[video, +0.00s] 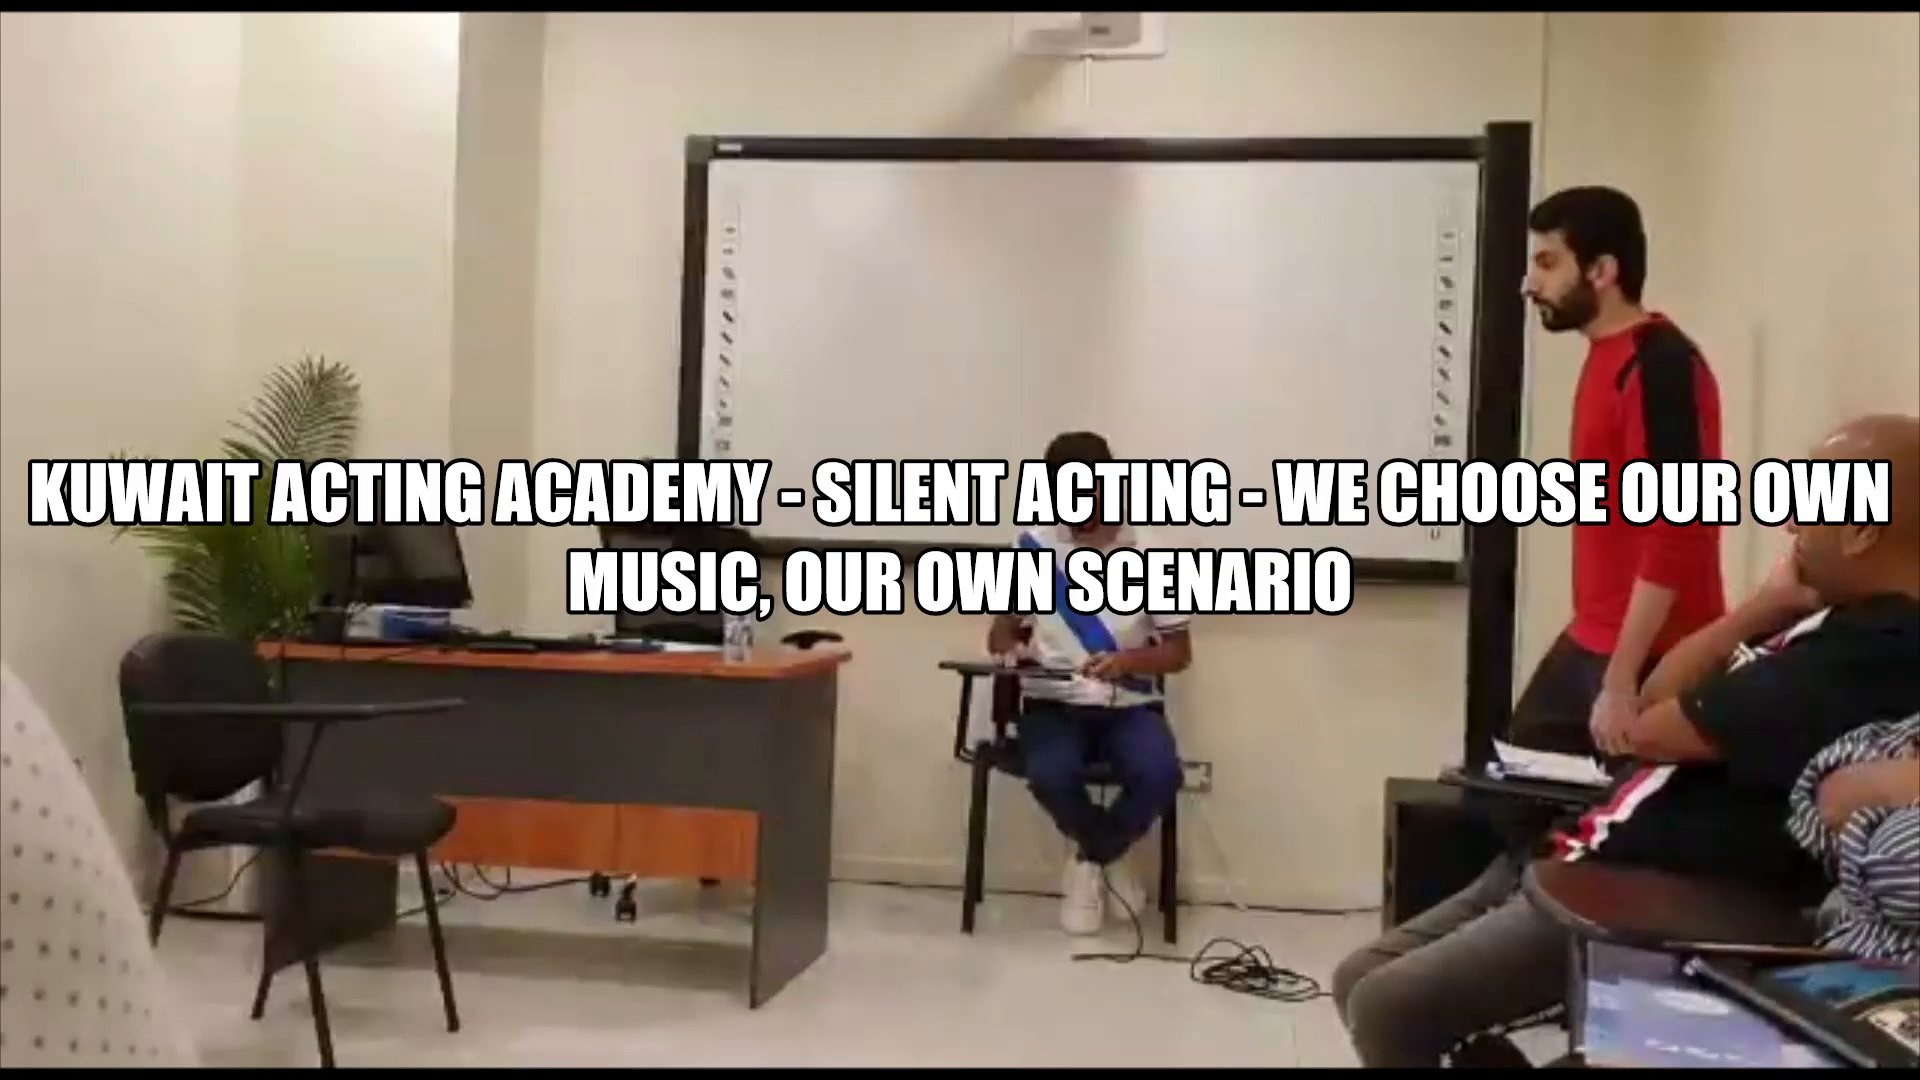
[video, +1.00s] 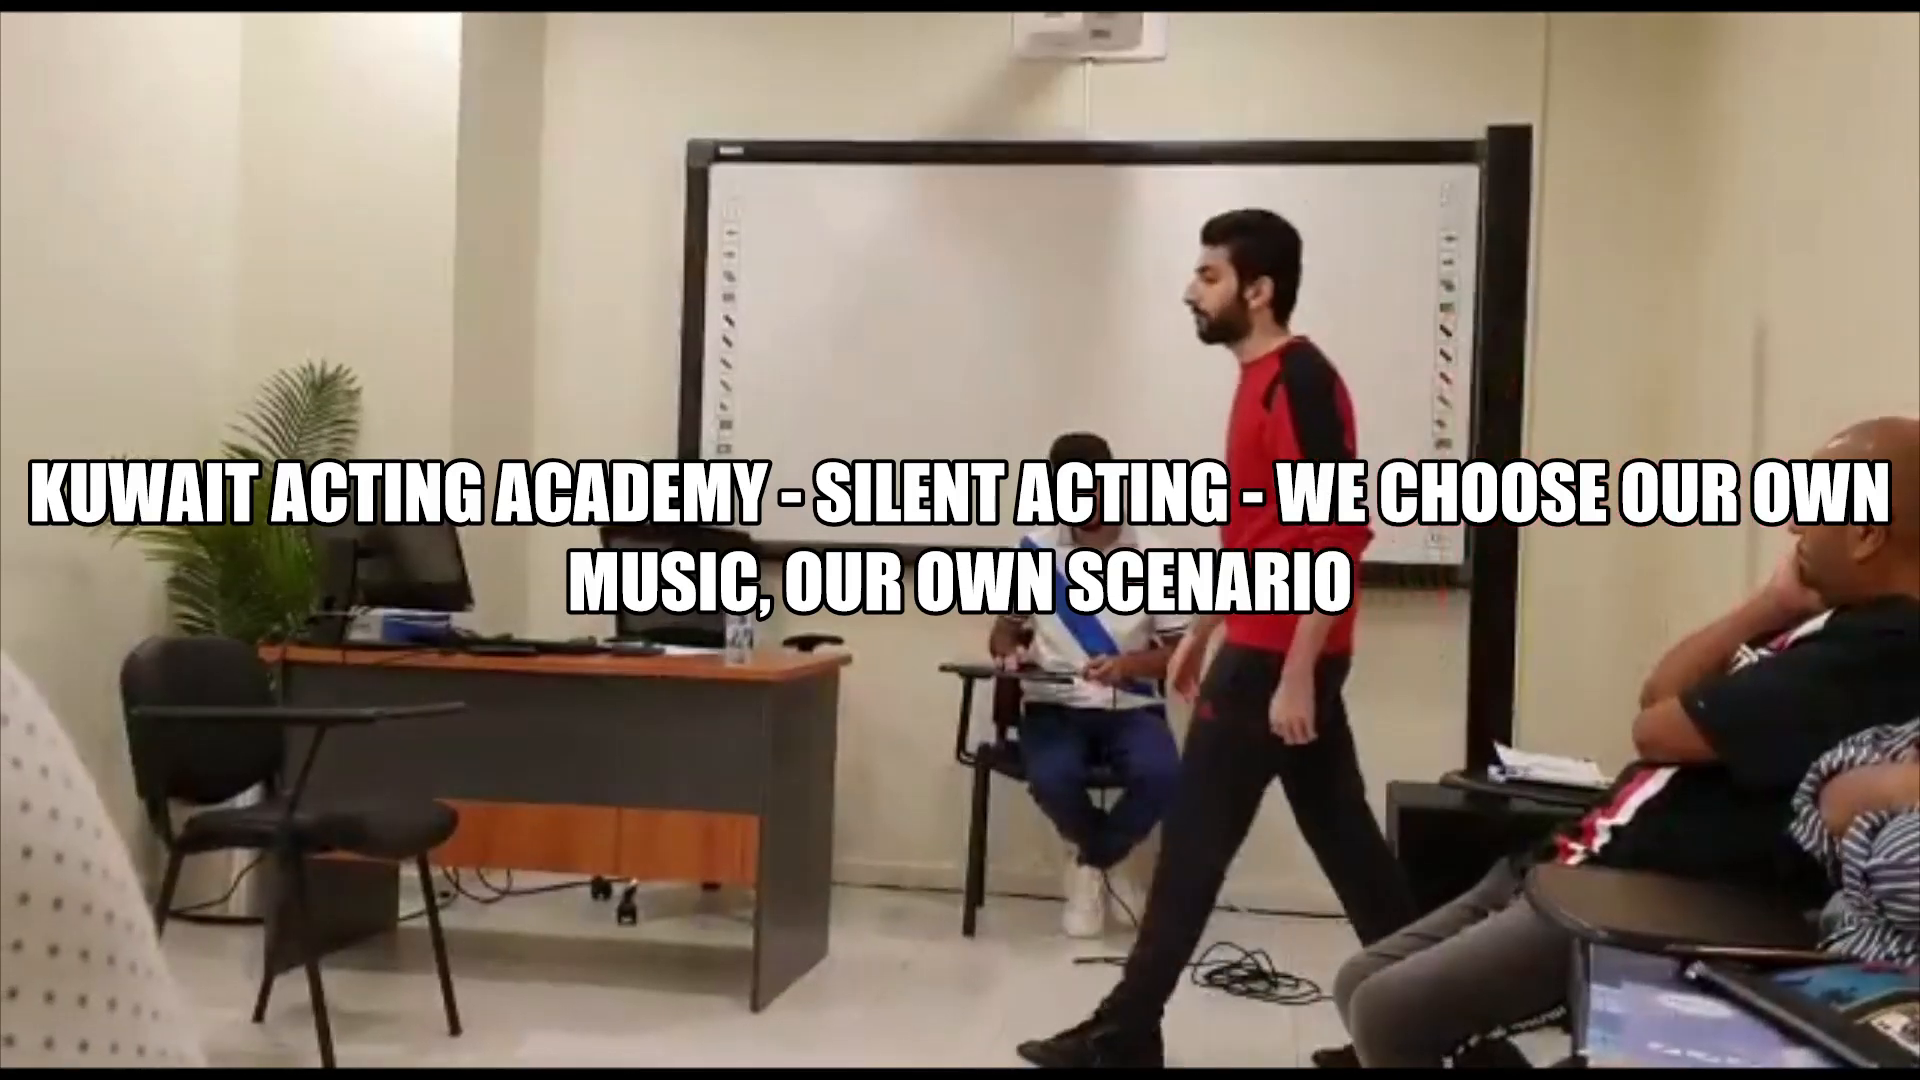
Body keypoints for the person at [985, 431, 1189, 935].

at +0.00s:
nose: (1083, 504)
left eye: (1091, 489)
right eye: (1070, 491)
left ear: (1111, 486)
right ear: (1053, 492)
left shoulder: (1146, 550)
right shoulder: (1035, 548)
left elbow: (1179, 652)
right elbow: (997, 639)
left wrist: (1125, 661)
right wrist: (1010, 634)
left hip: (1129, 706)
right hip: (1053, 705)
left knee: (1159, 775)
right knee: (1050, 778)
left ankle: (1088, 863)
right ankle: (1109, 856)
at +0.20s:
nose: (1083, 503)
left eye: (1091, 488)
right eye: (1070, 490)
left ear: (1111, 485)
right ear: (1053, 491)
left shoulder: (1145, 551)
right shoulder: (1035, 549)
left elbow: (1179, 652)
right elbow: (998, 640)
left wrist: (1125, 663)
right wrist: (1009, 634)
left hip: (1130, 705)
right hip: (1053, 704)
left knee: (1159, 777)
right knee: (1051, 779)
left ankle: (1088, 864)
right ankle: (1108, 855)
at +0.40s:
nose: (1082, 505)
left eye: (1090, 490)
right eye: (1069, 491)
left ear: (1111, 486)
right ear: (1053, 492)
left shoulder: (1144, 551)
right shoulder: (1035, 549)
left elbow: (1179, 653)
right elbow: (997, 641)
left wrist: (1126, 663)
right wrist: (1010, 634)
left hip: (1130, 705)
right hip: (1053, 704)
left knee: (1160, 776)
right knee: (1051, 779)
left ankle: (1088, 866)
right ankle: (1109, 858)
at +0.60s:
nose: (1082, 505)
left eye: (1090, 490)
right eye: (1070, 492)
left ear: (1111, 486)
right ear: (1053, 493)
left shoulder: (1146, 551)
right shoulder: (1035, 549)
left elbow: (1179, 653)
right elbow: (1000, 635)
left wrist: (1125, 664)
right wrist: (1008, 641)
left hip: (1130, 706)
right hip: (1054, 705)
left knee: (1160, 776)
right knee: (1051, 781)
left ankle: (1088, 866)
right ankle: (1109, 857)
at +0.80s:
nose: (1082, 505)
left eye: (1090, 489)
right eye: (1070, 492)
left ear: (1111, 486)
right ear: (1053, 493)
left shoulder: (1145, 551)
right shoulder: (1036, 550)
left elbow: (1181, 653)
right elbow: (1002, 633)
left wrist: (1127, 665)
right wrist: (1007, 642)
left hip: (1131, 707)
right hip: (1054, 705)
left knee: (1160, 777)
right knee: (1051, 780)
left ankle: (1089, 866)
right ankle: (1107, 856)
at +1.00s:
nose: (1087, 506)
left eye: (1094, 492)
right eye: (1073, 494)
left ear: (1113, 488)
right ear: (1055, 494)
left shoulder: (1148, 551)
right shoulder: (1037, 550)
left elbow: (1179, 651)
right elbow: (1004, 632)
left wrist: (1126, 665)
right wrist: (1007, 642)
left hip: (1131, 707)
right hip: (1054, 706)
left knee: (1162, 777)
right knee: (1052, 782)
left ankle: (1089, 866)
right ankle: (1115, 854)